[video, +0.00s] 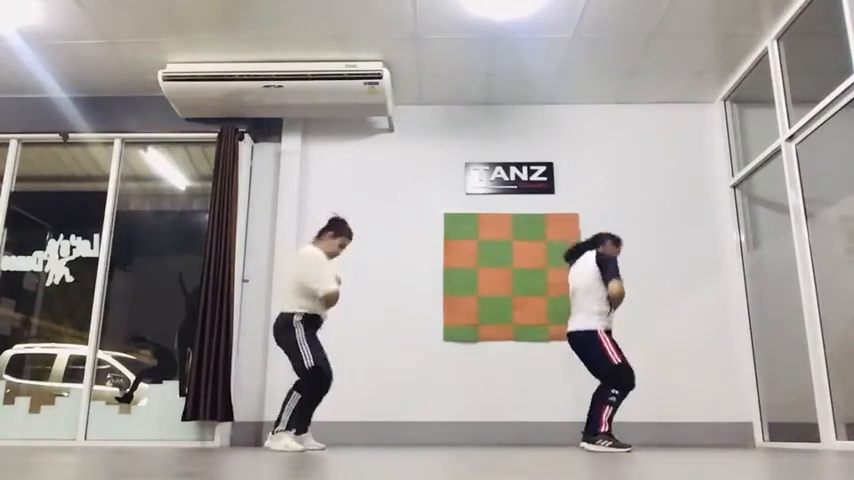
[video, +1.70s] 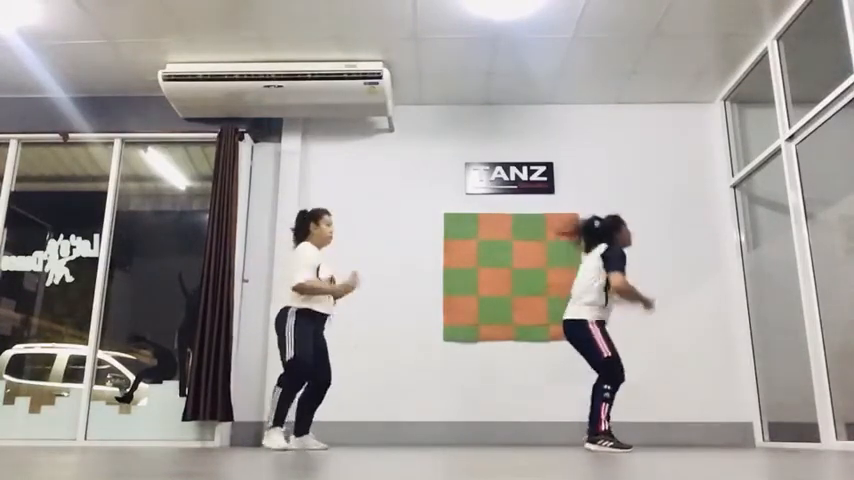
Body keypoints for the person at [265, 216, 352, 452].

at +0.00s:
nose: (340, 252)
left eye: (343, 248)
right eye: (340, 245)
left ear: (328, 238)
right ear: (328, 235)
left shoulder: (312, 257)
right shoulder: (312, 256)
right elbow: (328, 299)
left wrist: (332, 282)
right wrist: (336, 285)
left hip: (303, 323)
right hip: (294, 322)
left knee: (322, 376)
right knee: (313, 374)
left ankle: (299, 432)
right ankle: (279, 433)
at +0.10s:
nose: (326, 249)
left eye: (329, 244)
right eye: (324, 243)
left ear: (323, 242)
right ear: (310, 237)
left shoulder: (314, 262)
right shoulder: (300, 264)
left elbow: (335, 276)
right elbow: (319, 303)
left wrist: (327, 277)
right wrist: (331, 302)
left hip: (311, 328)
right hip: (298, 327)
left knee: (336, 375)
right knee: (319, 376)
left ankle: (305, 426)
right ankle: (279, 434)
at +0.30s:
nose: (293, 245)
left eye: (291, 240)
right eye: (286, 243)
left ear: (294, 243)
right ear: (275, 254)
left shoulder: (302, 267)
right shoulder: (286, 276)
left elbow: (333, 262)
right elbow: (313, 303)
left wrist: (317, 272)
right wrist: (334, 298)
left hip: (328, 326)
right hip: (314, 327)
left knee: (340, 388)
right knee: (325, 380)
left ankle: (296, 432)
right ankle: (281, 432)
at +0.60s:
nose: (285, 236)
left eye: (280, 235)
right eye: (280, 238)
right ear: (280, 247)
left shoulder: (298, 257)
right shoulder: (295, 253)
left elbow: (321, 273)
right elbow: (318, 271)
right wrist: (341, 291)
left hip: (321, 317)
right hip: (313, 317)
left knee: (332, 378)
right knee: (330, 376)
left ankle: (296, 430)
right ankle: (290, 431)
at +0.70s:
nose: (307, 225)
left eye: (302, 223)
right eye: (301, 226)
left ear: (298, 236)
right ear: (297, 235)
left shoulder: (310, 249)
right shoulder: (308, 243)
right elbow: (323, 269)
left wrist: (333, 273)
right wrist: (338, 293)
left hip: (316, 316)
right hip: (306, 314)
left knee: (332, 374)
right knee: (321, 373)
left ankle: (299, 430)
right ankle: (288, 435)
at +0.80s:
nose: (335, 229)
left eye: (334, 225)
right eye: (330, 224)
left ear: (319, 228)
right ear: (316, 227)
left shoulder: (326, 253)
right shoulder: (313, 247)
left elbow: (340, 297)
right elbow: (329, 287)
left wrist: (334, 283)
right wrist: (341, 292)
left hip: (312, 319)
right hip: (298, 315)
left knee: (331, 374)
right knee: (315, 371)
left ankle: (302, 430)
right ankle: (287, 434)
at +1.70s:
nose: (331, 231)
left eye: (331, 226)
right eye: (327, 225)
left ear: (320, 229)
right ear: (312, 228)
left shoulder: (318, 256)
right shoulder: (305, 251)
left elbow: (320, 291)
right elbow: (299, 285)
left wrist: (343, 288)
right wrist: (331, 289)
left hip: (313, 322)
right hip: (295, 318)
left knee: (321, 377)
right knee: (297, 370)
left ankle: (300, 435)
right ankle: (274, 430)